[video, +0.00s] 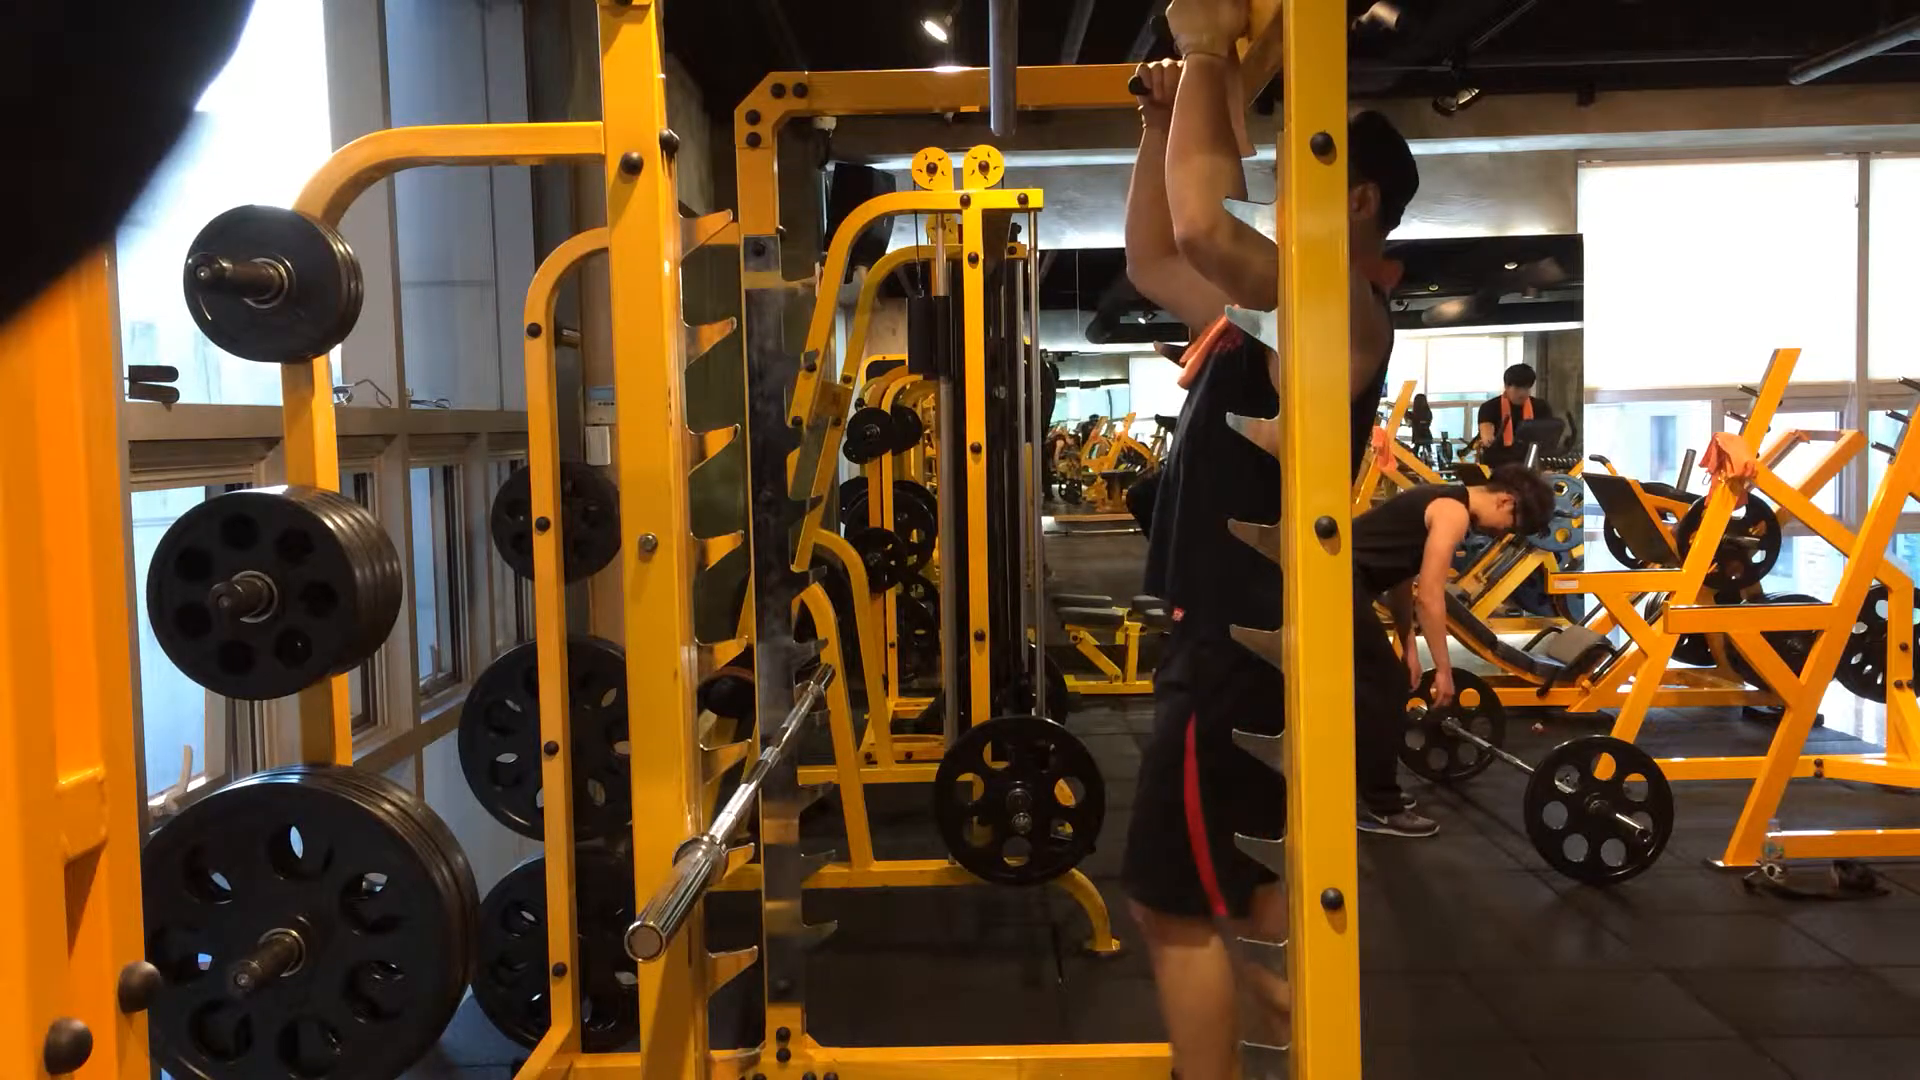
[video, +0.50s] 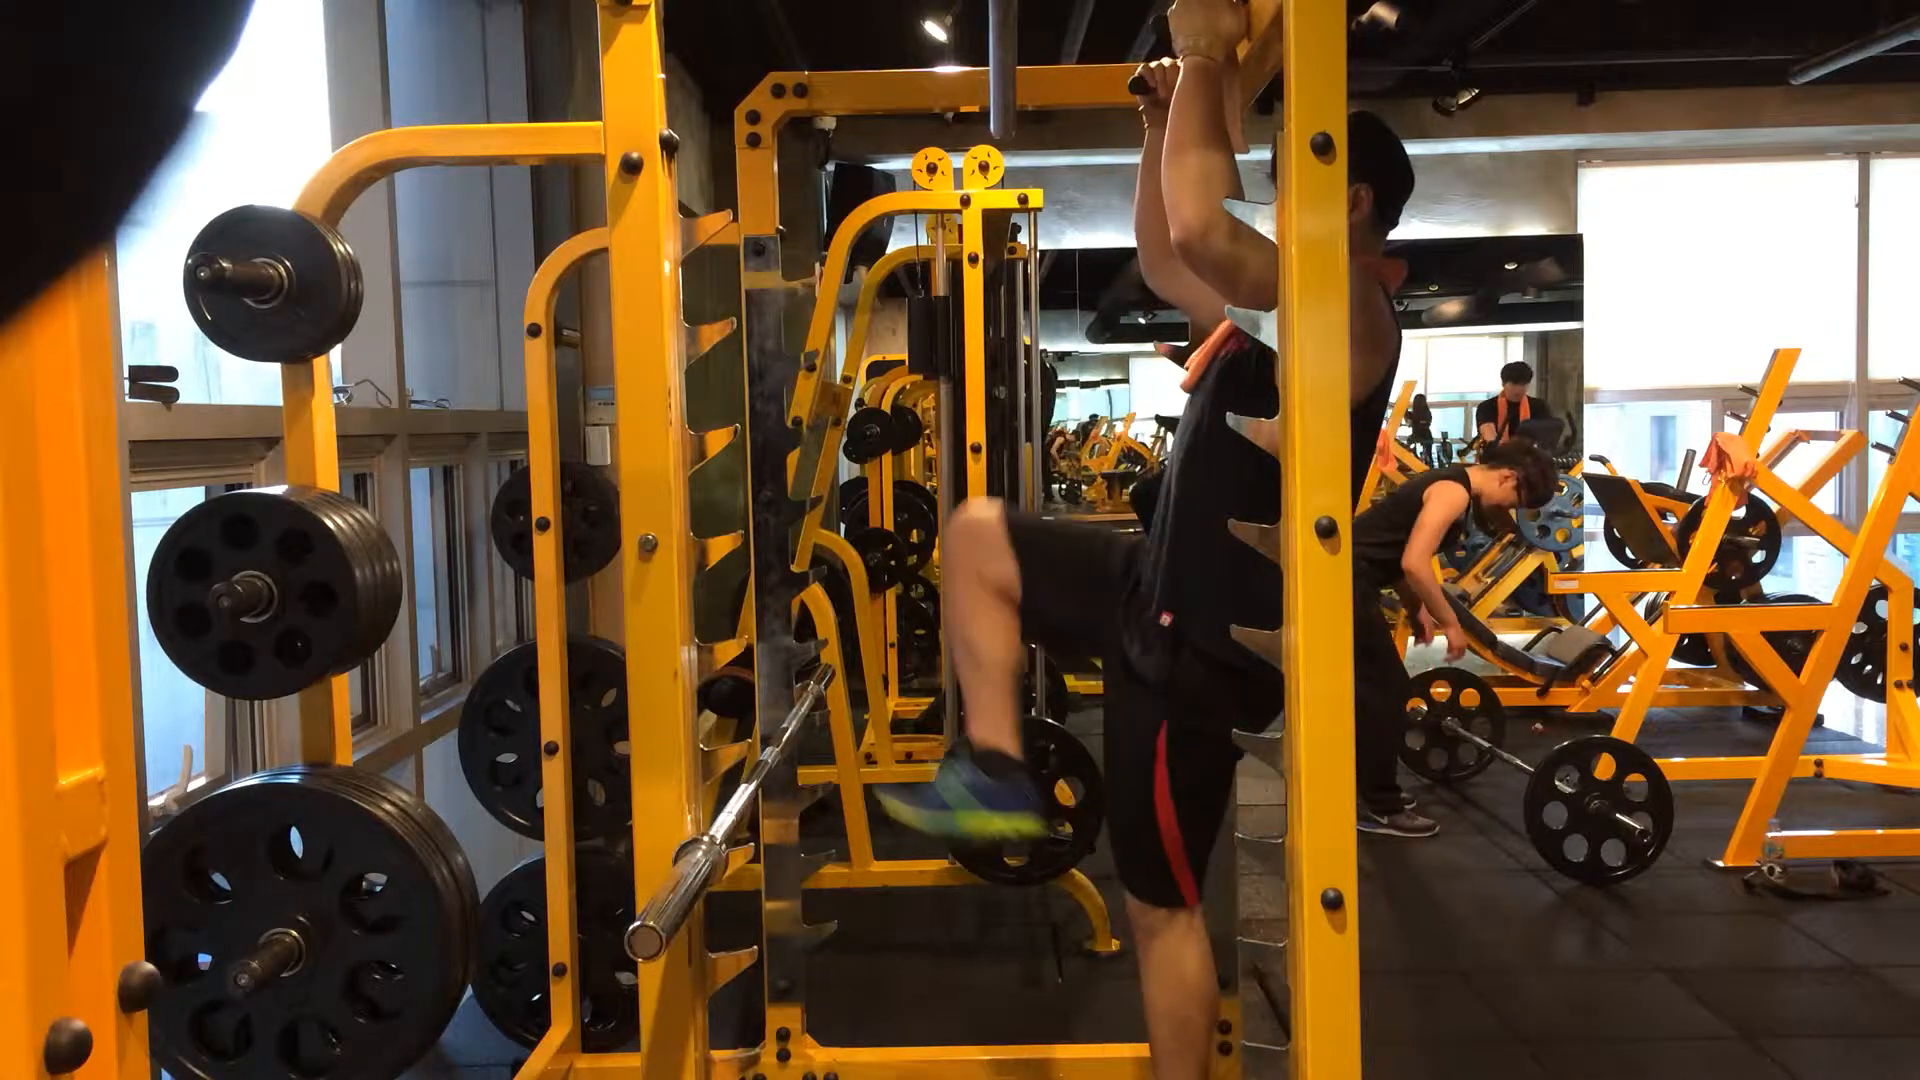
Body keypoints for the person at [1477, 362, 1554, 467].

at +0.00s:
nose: (1522, 394)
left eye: (1526, 389)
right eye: (1517, 388)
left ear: (1530, 388)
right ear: (1506, 387)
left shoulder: (1540, 406)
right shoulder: (1489, 408)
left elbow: (1549, 439)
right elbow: (1488, 443)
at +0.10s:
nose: (1518, 392)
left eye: (1522, 386)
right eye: (1513, 386)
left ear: (1526, 386)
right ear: (1502, 386)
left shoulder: (1539, 406)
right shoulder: (1487, 409)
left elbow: (1549, 441)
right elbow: (1490, 448)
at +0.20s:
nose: (1514, 390)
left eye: (1518, 385)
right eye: (1509, 385)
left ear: (1523, 385)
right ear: (1499, 385)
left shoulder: (1537, 405)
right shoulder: (1485, 409)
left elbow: (1549, 434)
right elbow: (1489, 443)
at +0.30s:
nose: (1513, 390)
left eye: (1517, 385)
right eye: (1508, 385)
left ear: (1521, 385)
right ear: (1498, 386)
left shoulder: (1537, 404)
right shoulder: (1485, 410)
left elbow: (1549, 433)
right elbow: (1489, 443)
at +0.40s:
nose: (1515, 391)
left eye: (1518, 386)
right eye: (1509, 386)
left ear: (1523, 386)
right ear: (1500, 386)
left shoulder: (1537, 405)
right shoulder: (1485, 409)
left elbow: (1548, 435)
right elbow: (1489, 444)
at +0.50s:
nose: (1519, 390)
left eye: (1523, 385)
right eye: (1514, 384)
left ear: (1527, 385)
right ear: (1504, 384)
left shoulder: (1538, 406)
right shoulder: (1486, 407)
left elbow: (1548, 436)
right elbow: (1490, 440)